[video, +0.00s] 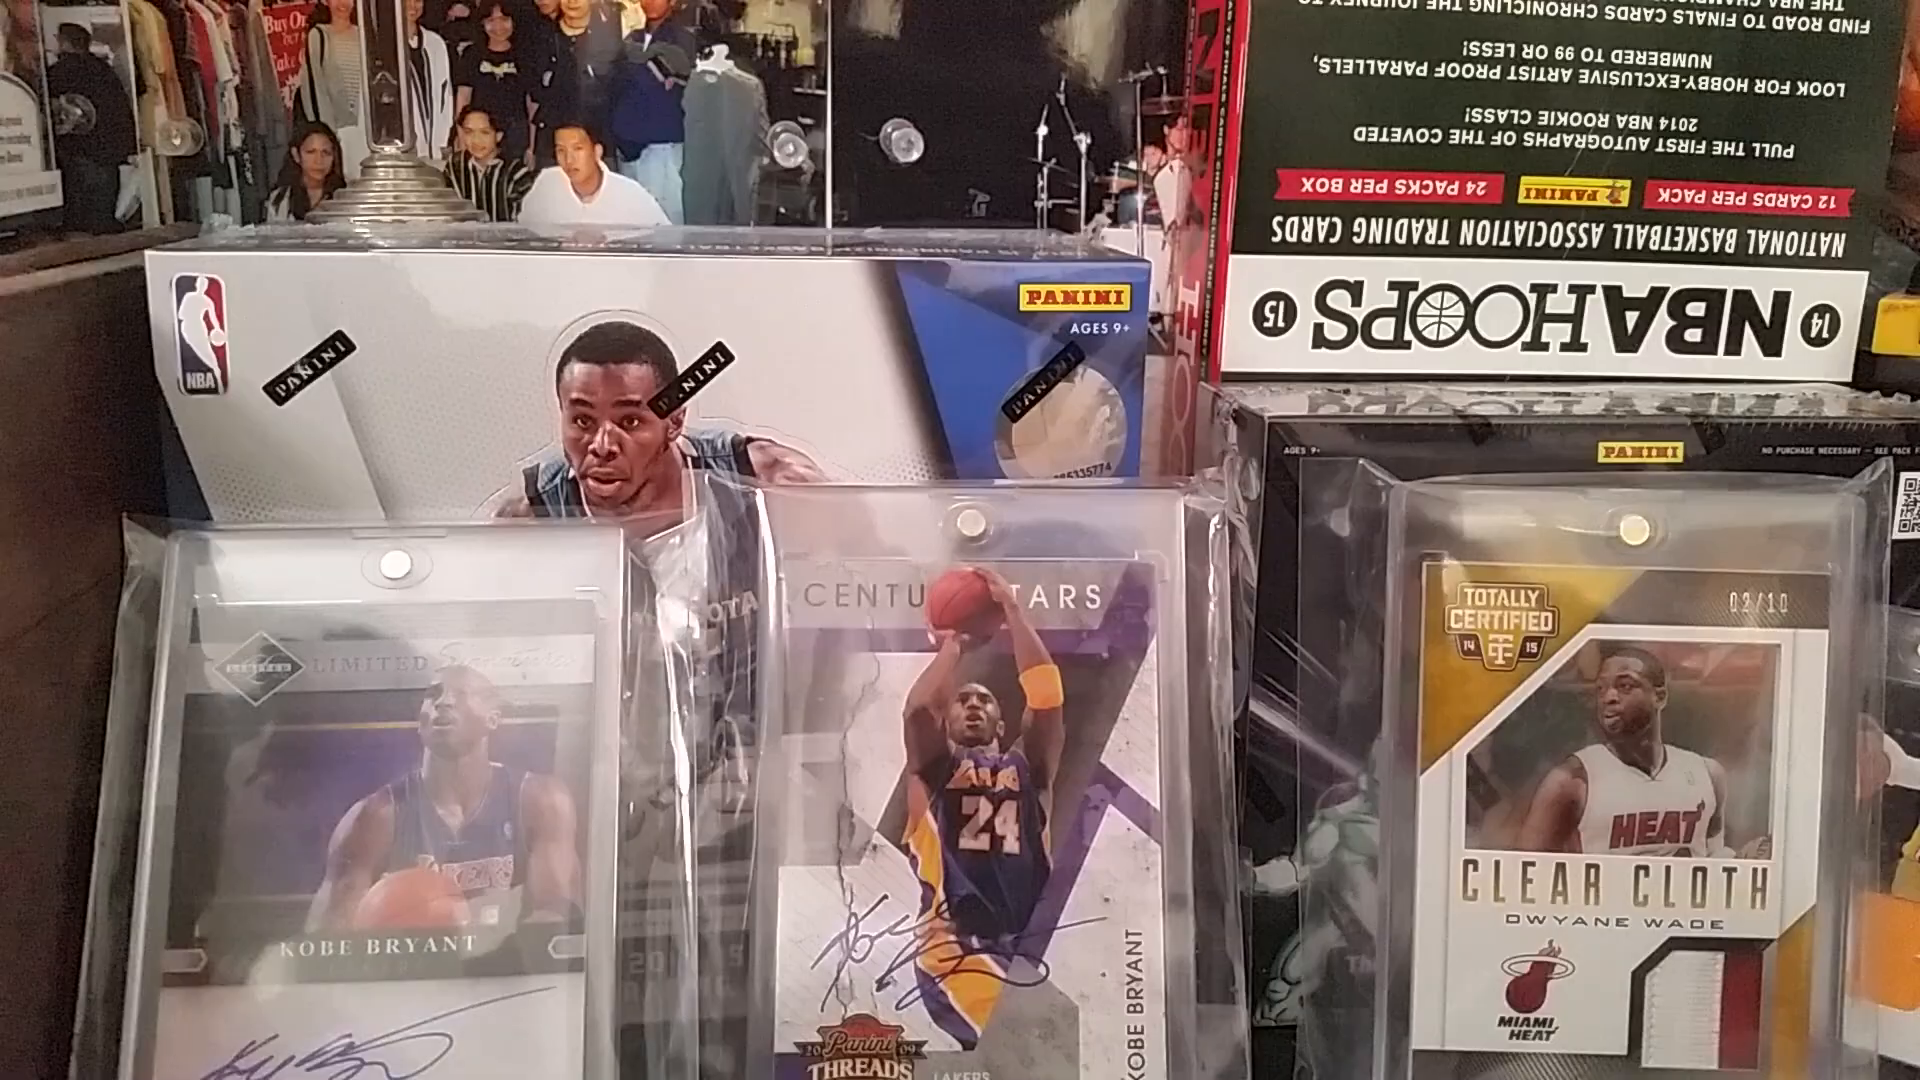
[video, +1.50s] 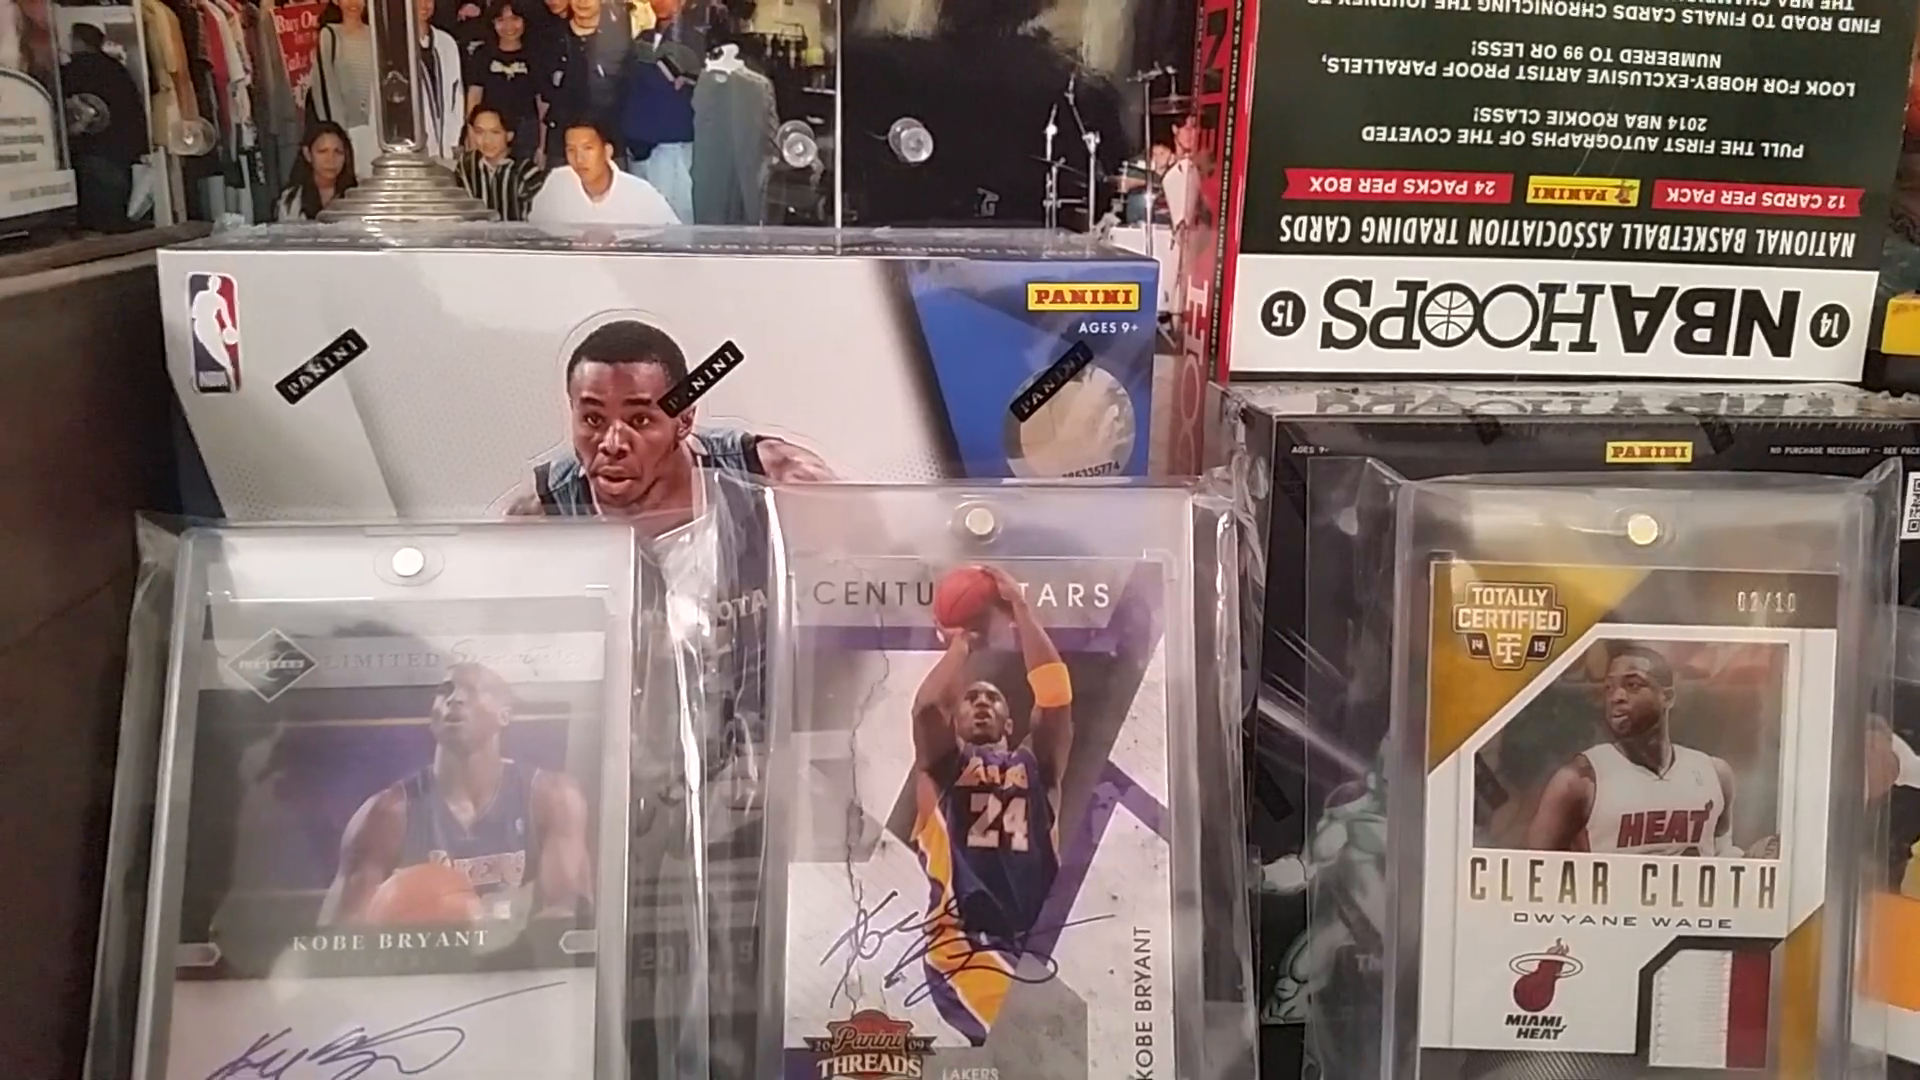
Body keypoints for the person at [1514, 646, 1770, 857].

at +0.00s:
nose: (1608, 698)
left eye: (1625, 685)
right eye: (1601, 689)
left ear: (1660, 697)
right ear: (1594, 699)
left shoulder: (1708, 777)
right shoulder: (1569, 782)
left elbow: (1715, 860)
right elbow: (1524, 883)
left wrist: (1746, 860)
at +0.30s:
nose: (1608, 697)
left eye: (1625, 685)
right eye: (1601, 688)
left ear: (1660, 697)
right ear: (1594, 697)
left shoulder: (1708, 777)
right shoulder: (1569, 782)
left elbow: (1715, 858)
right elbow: (1524, 880)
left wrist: (1746, 861)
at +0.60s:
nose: (1608, 697)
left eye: (1625, 685)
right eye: (1601, 688)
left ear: (1660, 697)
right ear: (1595, 697)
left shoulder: (1708, 777)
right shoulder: (1569, 783)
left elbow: (1715, 857)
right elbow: (1524, 879)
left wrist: (1744, 860)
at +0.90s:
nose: (1608, 697)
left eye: (1625, 685)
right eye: (1601, 688)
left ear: (1660, 698)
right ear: (1595, 697)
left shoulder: (1708, 776)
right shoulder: (1569, 783)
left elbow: (1715, 856)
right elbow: (1523, 879)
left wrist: (1745, 860)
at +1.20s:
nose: (1609, 697)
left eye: (1625, 685)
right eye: (1602, 688)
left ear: (1660, 698)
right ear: (1595, 697)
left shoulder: (1708, 777)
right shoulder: (1569, 783)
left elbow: (1715, 856)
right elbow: (1524, 879)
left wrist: (1747, 860)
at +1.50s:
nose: (1616, 697)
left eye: (1633, 685)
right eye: (1609, 688)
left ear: (1667, 697)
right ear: (1602, 697)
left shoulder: (1716, 776)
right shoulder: (1577, 781)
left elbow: (1722, 856)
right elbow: (1533, 877)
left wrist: (1755, 859)